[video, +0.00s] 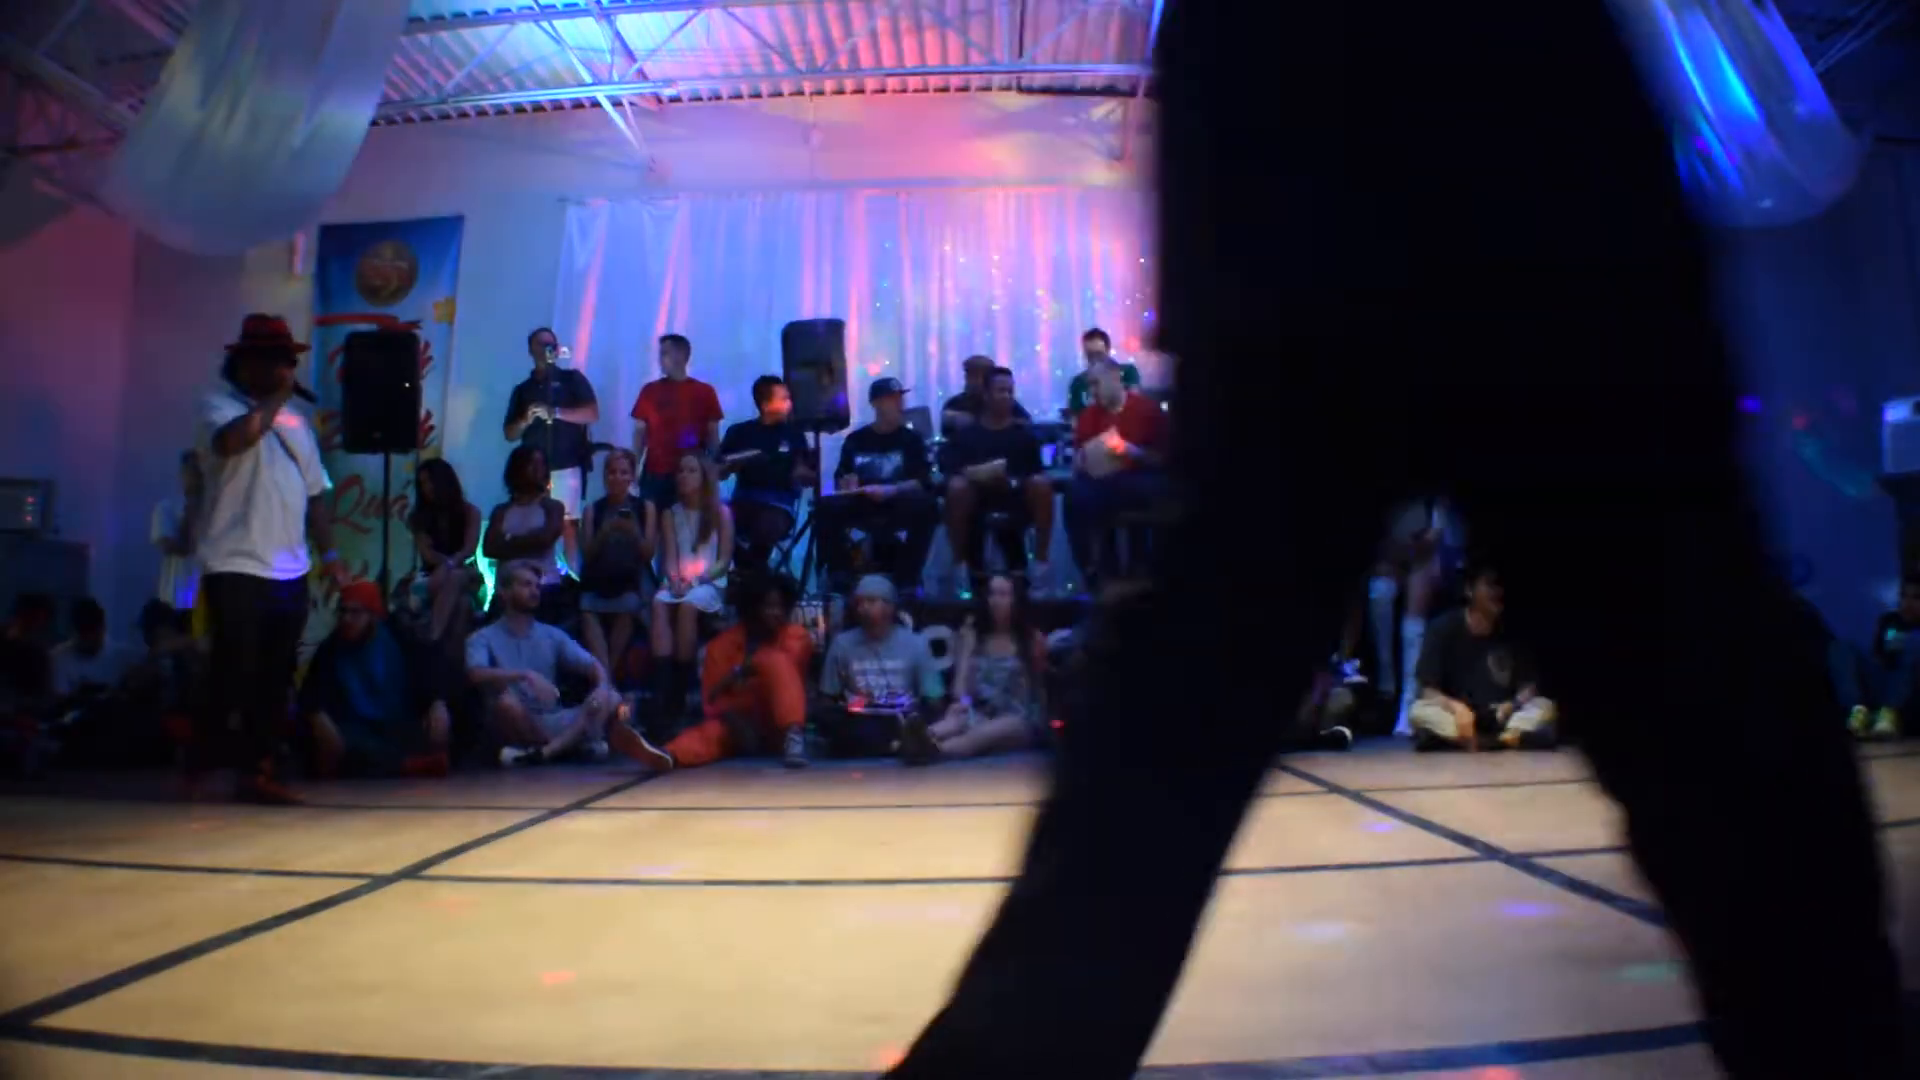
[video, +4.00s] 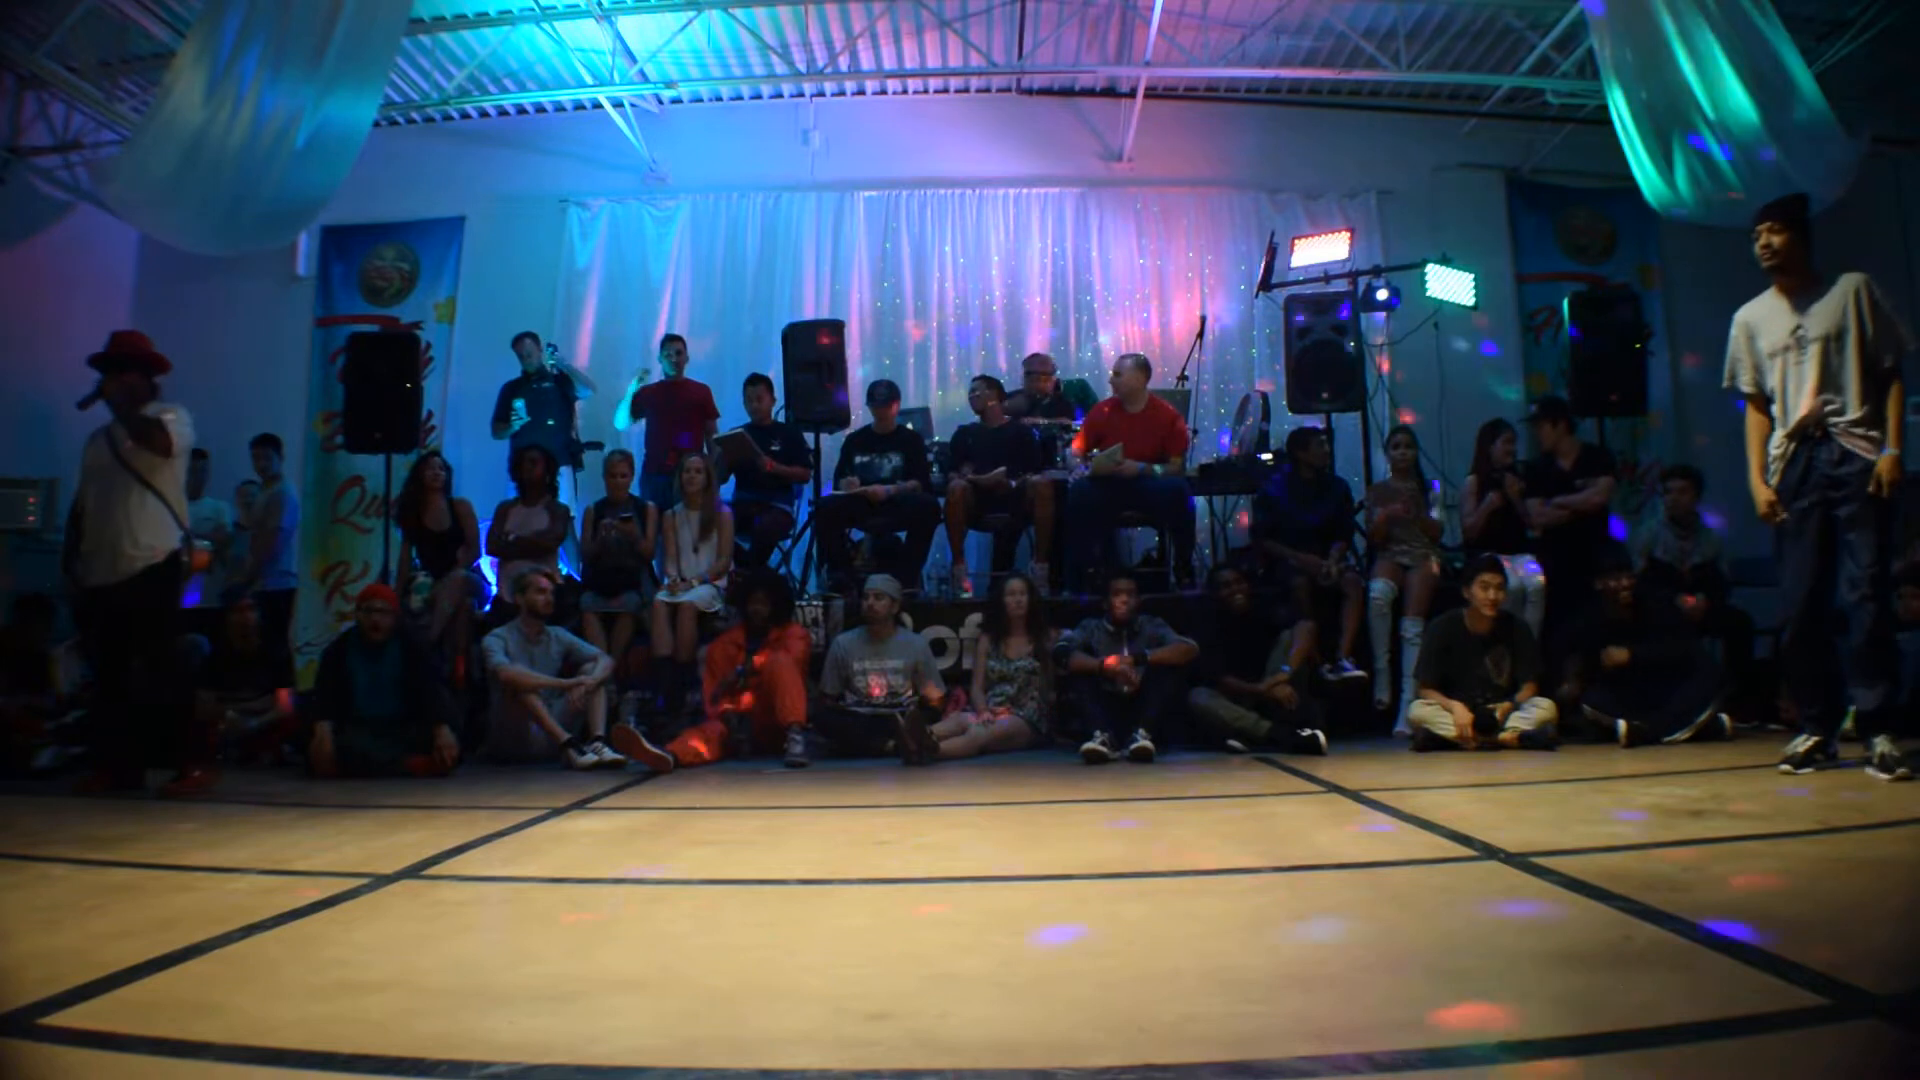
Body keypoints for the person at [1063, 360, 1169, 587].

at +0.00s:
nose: (1093, 391)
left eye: (1098, 383)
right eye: (1090, 385)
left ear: (1118, 380)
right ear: (1088, 387)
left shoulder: (1146, 410)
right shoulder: (1088, 417)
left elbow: (1160, 458)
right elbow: (1079, 461)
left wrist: (1126, 449)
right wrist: (1093, 453)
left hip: (1140, 481)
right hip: (1099, 481)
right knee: (1076, 500)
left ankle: (1141, 571)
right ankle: (1092, 574)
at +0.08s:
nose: (1093, 392)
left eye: (1097, 384)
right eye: (1089, 386)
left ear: (1116, 379)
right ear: (1088, 389)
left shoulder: (1146, 409)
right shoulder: (1087, 418)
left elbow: (1165, 457)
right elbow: (1079, 460)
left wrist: (1126, 448)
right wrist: (1090, 457)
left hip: (1142, 478)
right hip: (1102, 480)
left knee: (1177, 496)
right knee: (1076, 498)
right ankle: (1091, 573)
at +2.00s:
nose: (1084, 390)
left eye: (1089, 383)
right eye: (1083, 384)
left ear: (1107, 380)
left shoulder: (1149, 411)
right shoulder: (1087, 422)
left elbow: (1165, 460)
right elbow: (1082, 464)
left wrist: (1126, 459)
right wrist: (1094, 464)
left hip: (1144, 482)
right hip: (1103, 483)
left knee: (1175, 495)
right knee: (1077, 496)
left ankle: (1182, 567)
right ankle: (1089, 570)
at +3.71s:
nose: (1113, 380)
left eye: (1120, 375)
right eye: (1114, 375)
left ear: (1142, 380)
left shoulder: (1167, 416)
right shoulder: (1102, 411)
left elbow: (1176, 467)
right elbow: (1078, 454)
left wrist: (1139, 468)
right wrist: (1095, 467)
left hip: (1148, 483)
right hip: (1109, 482)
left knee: (1178, 490)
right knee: (1080, 493)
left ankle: (1183, 573)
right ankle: (1081, 578)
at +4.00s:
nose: (1111, 380)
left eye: (1118, 374)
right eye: (1112, 374)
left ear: (1142, 379)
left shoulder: (1168, 417)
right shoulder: (1101, 412)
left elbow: (1176, 468)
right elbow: (1077, 454)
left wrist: (1140, 469)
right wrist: (1093, 466)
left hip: (1147, 484)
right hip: (1108, 483)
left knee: (1179, 495)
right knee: (1080, 493)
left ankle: (1184, 572)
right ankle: (1079, 577)